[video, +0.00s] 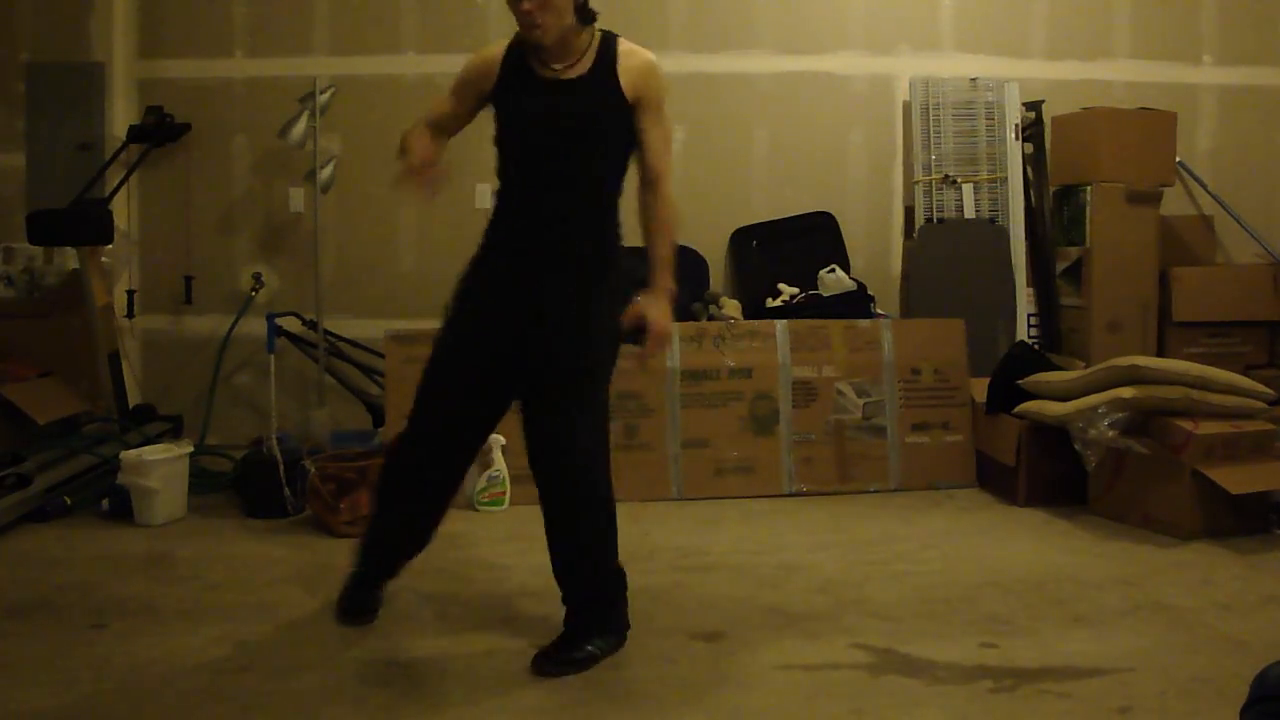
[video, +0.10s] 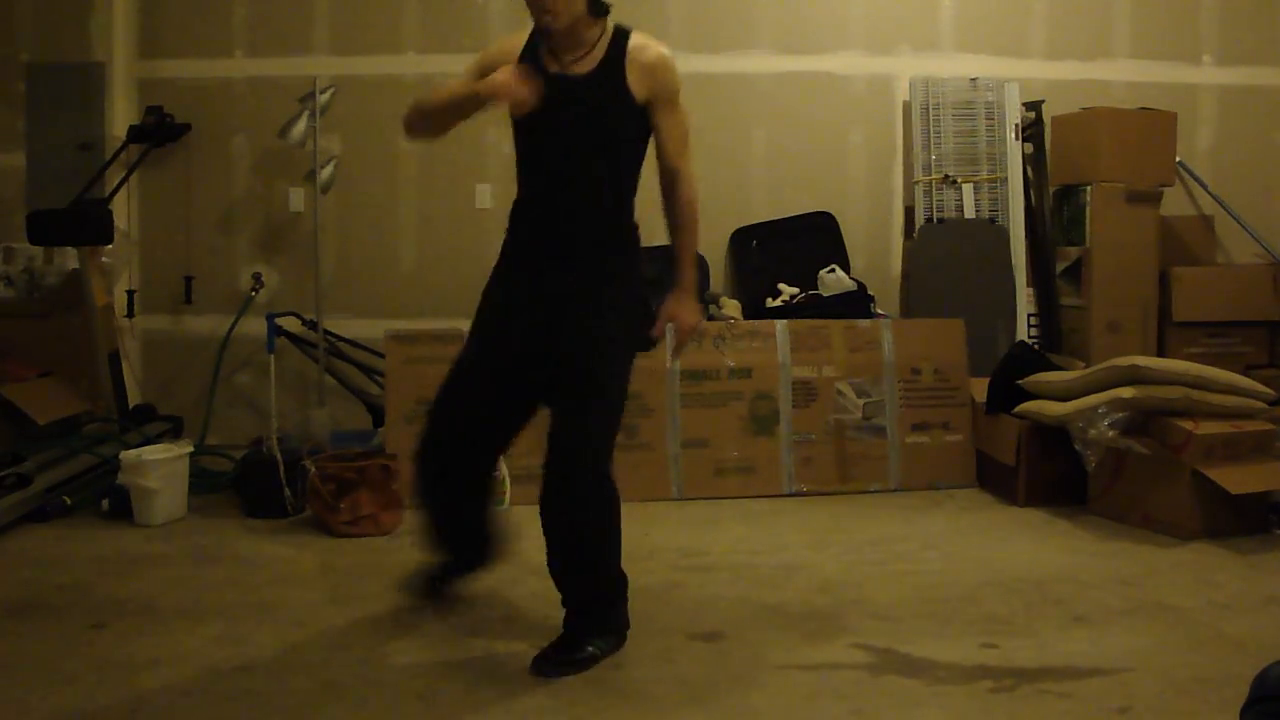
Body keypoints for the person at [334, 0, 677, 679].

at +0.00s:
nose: (526, 9)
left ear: (578, 3)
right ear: (510, 6)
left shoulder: (632, 71)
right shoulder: (497, 67)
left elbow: (655, 184)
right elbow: (431, 127)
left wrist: (660, 285)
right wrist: (420, 152)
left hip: (581, 287)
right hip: (500, 280)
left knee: (571, 458)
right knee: (435, 432)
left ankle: (598, 619)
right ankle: (373, 567)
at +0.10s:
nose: (542, 13)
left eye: (555, 3)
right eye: (535, 3)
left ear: (591, 0)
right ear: (528, 3)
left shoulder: (645, 63)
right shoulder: (511, 59)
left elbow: (678, 175)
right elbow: (416, 124)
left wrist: (685, 285)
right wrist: (481, 90)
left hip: (605, 288)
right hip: (524, 282)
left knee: (576, 461)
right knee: (452, 435)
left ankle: (597, 621)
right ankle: (465, 549)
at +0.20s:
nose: (576, 7)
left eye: (588, 2)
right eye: (568, 0)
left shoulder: (660, 36)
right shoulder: (529, 24)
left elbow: (692, 145)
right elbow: (433, 88)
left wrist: (704, 245)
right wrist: (527, 60)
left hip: (615, 260)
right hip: (535, 252)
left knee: (590, 435)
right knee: (505, 418)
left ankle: (591, 614)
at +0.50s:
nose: (598, 8)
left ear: (641, 9)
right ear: (570, 4)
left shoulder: (667, 82)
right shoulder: (527, 73)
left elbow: (694, 178)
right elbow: (510, 185)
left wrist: (727, 265)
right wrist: (596, 170)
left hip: (652, 280)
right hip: (578, 285)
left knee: (618, 453)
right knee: (654, 430)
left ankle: (577, 635)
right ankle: (752, 553)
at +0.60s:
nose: (601, 10)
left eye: (614, 1)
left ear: (631, 5)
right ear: (566, 2)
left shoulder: (665, 71)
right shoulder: (521, 62)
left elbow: (681, 171)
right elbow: (512, 172)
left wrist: (703, 261)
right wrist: (572, 244)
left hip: (640, 265)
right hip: (558, 266)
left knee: (625, 430)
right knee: (573, 423)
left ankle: (586, 613)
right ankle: (688, 526)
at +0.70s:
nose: (586, 4)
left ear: (622, 2)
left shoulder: (659, 68)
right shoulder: (513, 62)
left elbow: (681, 167)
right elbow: (488, 172)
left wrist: (667, 203)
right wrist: (493, 280)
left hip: (626, 278)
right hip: (541, 276)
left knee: (602, 453)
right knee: (528, 442)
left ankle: (579, 618)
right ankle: (593, 526)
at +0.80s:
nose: (580, 1)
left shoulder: (652, 41)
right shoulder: (505, 44)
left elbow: (685, 156)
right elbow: (460, 150)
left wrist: (633, 102)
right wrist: (422, 262)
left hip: (615, 266)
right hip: (528, 263)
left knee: (596, 444)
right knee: (528, 417)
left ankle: (566, 612)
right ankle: (487, 554)